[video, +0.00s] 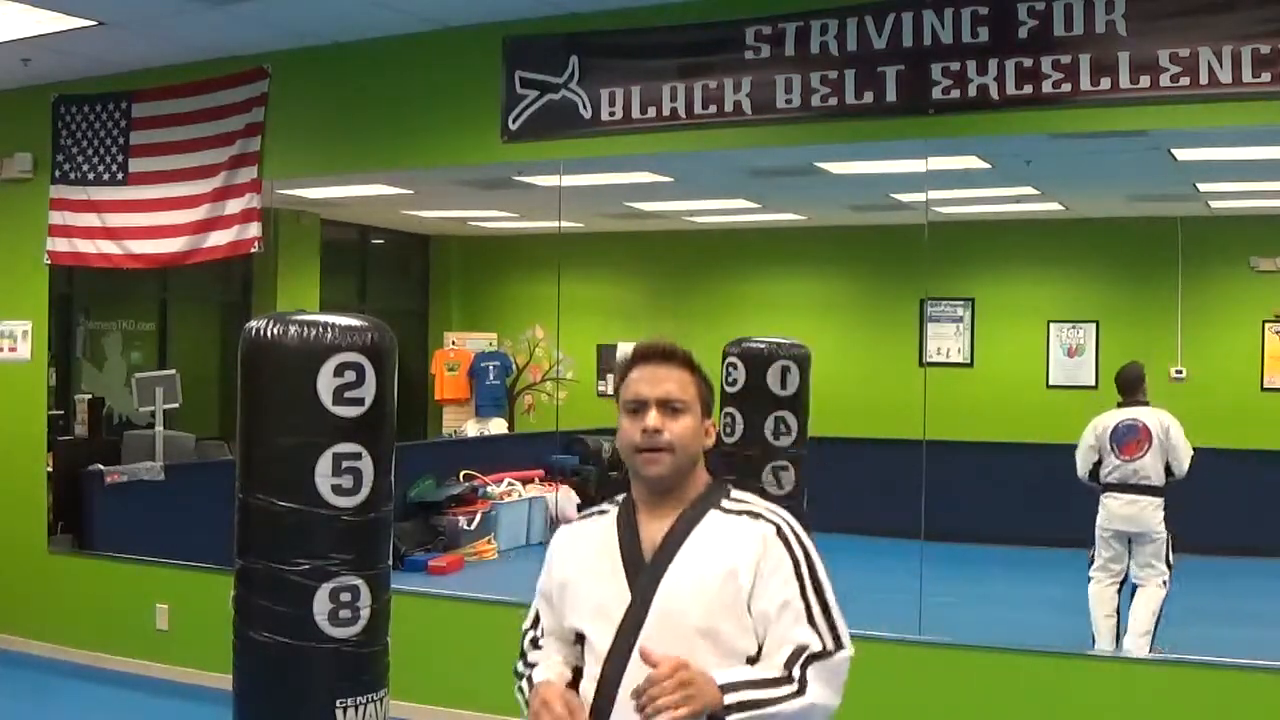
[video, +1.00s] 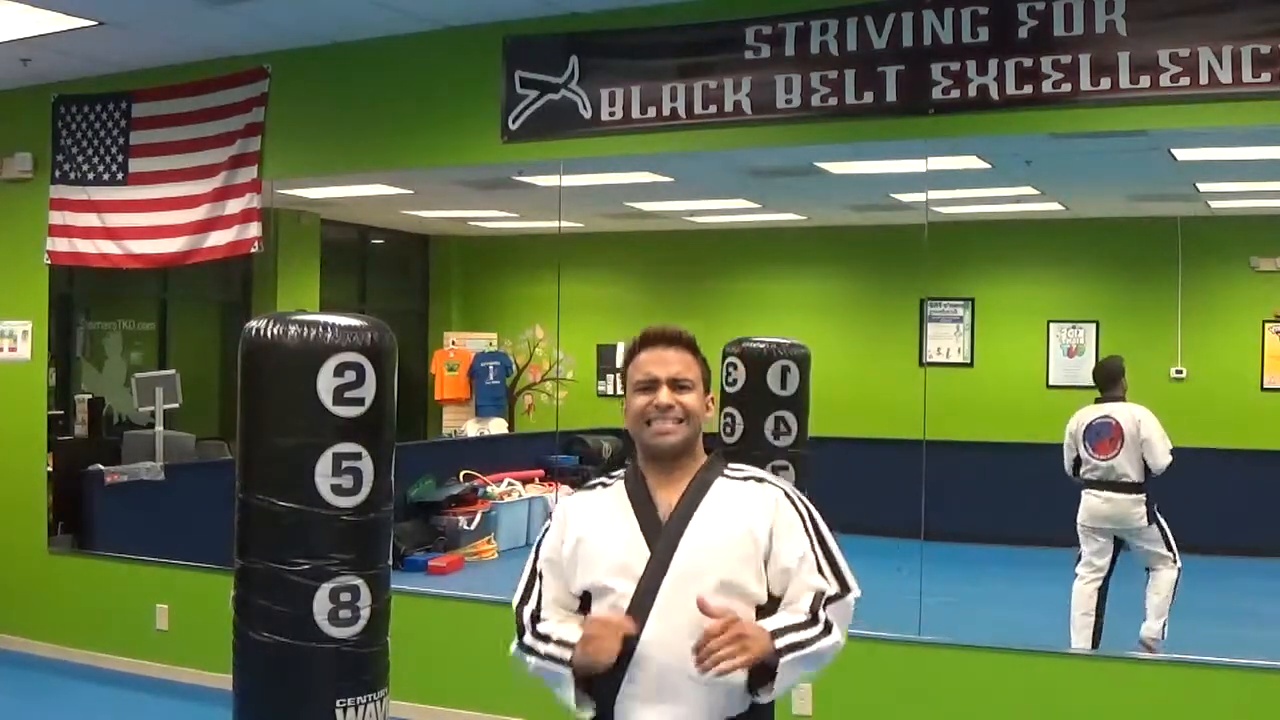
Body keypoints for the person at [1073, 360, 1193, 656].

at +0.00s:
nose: (1146, 386)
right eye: (1145, 382)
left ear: (1118, 388)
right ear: (1144, 386)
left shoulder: (1100, 422)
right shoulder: (1165, 421)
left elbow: (1084, 470)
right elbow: (1181, 467)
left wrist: (1112, 484)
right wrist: (1153, 479)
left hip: (1111, 507)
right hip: (1148, 510)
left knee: (1105, 575)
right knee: (1151, 578)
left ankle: (1104, 649)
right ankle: (1136, 650)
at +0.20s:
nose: (1149, 362)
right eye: (1150, 358)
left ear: (1123, 361)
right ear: (1151, 361)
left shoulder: (1103, 392)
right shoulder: (1168, 392)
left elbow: (1086, 437)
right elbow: (1189, 431)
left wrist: (1113, 452)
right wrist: (1163, 455)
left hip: (1113, 481)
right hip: (1151, 483)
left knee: (1105, 552)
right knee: (1152, 555)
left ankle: (1098, 633)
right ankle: (1145, 636)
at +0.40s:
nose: (1152, 384)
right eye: (1152, 380)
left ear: (1124, 385)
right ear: (1152, 384)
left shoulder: (1102, 419)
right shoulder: (1166, 419)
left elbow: (1090, 468)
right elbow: (1187, 466)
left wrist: (1116, 474)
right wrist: (1160, 469)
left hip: (1113, 505)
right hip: (1152, 507)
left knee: (1099, 574)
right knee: (1159, 579)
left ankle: (1079, 646)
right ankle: (1151, 653)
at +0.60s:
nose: (1144, 365)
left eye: (1138, 361)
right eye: (1143, 361)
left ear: (1115, 365)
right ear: (1142, 364)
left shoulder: (1095, 398)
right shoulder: (1160, 396)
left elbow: (1082, 446)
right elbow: (1181, 439)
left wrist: (1111, 457)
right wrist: (1157, 460)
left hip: (1105, 486)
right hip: (1144, 489)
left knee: (1095, 556)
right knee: (1151, 561)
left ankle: (1084, 636)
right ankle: (1152, 641)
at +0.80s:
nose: (1133, 379)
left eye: (1128, 374)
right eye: (1132, 374)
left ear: (1103, 380)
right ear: (1130, 378)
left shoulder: (1085, 413)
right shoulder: (1147, 412)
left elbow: (1071, 462)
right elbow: (1173, 456)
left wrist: (1101, 463)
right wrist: (1150, 443)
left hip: (1093, 501)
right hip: (1133, 504)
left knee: (1088, 569)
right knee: (1146, 576)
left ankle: (1078, 647)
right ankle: (1135, 652)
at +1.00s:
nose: (1127, 381)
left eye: (1124, 377)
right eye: (1126, 377)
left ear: (1096, 383)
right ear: (1123, 381)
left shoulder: (1079, 418)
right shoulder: (1140, 415)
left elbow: (1071, 468)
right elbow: (1160, 462)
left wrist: (1098, 478)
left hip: (1091, 502)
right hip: (1132, 505)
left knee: (1089, 572)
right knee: (1165, 564)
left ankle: (1080, 648)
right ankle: (1152, 636)